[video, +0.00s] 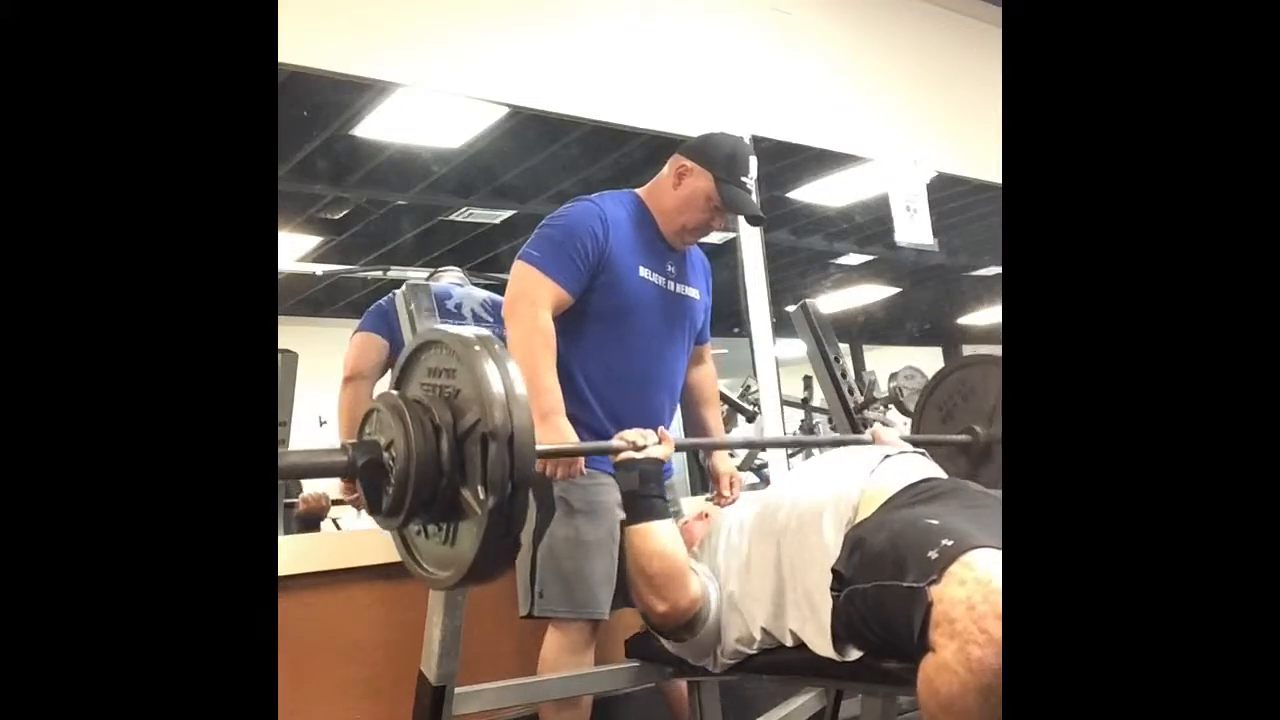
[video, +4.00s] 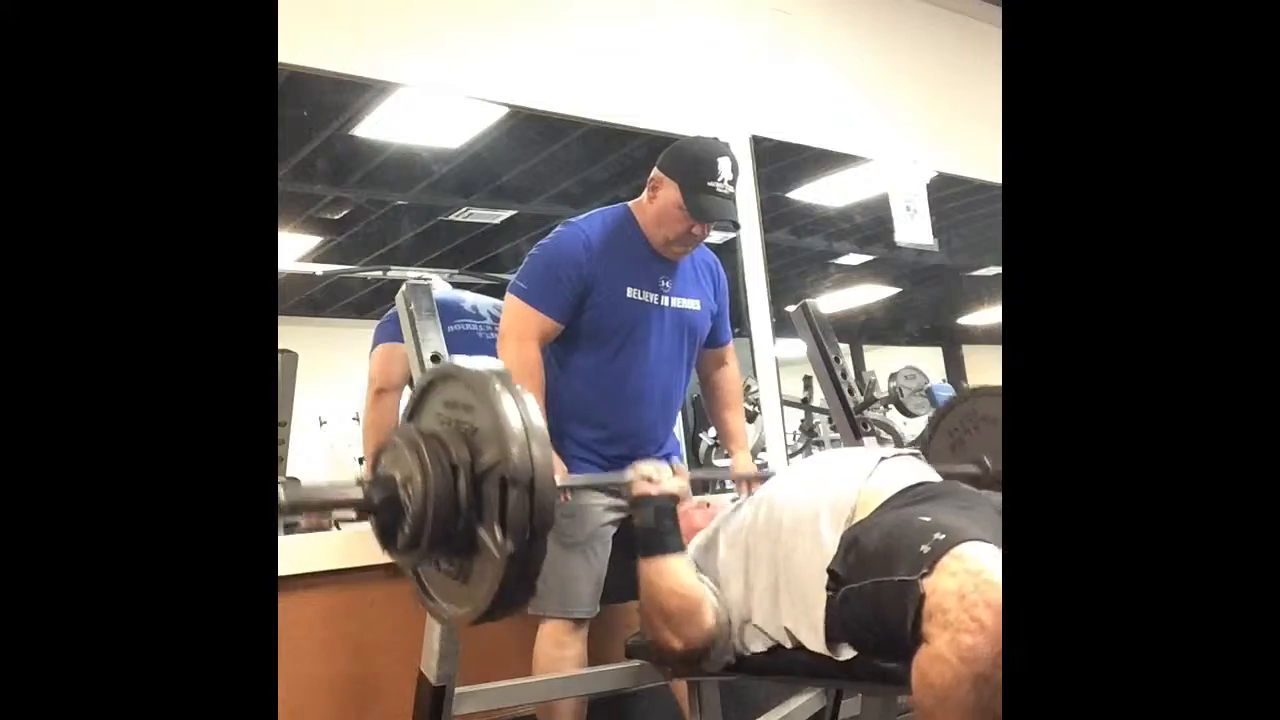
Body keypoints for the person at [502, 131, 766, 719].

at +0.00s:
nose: (721, 223)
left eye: (729, 214)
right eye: (718, 206)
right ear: (680, 173)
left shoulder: (696, 266)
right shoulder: (593, 222)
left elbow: (698, 362)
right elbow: (525, 306)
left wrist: (716, 451)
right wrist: (550, 419)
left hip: (651, 468)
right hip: (579, 461)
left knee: (640, 620)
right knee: (575, 626)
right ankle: (564, 717)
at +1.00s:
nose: (717, 226)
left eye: (726, 216)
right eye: (713, 208)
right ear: (672, 180)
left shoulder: (695, 273)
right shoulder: (587, 231)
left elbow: (698, 369)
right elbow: (518, 317)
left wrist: (718, 456)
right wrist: (541, 432)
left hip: (647, 475)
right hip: (575, 467)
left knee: (649, 623)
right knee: (568, 625)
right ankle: (559, 718)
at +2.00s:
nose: (710, 223)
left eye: (722, 213)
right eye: (701, 205)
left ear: (731, 210)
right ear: (664, 183)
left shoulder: (721, 271)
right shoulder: (589, 243)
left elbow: (736, 366)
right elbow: (527, 332)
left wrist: (752, 451)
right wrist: (538, 437)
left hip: (679, 471)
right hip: (591, 468)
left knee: (694, 622)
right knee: (575, 618)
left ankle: (701, 719)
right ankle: (561, 718)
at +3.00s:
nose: (698, 229)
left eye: (707, 218)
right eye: (689, 212)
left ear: (715, 214)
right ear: (650, 187)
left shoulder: (705, 270)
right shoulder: (574, 245)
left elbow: (720, 365)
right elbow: (514, 340)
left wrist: (741, 452)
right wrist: (523, 451)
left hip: (660, 468)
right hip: (575, 469)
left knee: (675, 617)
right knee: (567, 620)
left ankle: (682, 713)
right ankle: (560, 718)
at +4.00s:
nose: (702, 230)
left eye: (711, 221)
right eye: (693, 214)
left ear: (720, 216)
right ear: (656, 188)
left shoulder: (707, 271)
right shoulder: (579, 246)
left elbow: (719, 366)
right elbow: (519, 340)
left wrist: (739, 451)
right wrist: (538, 450)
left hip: (658, 469)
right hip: (576, 470)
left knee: (637, 614)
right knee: (568, 619)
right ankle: (564, 716)